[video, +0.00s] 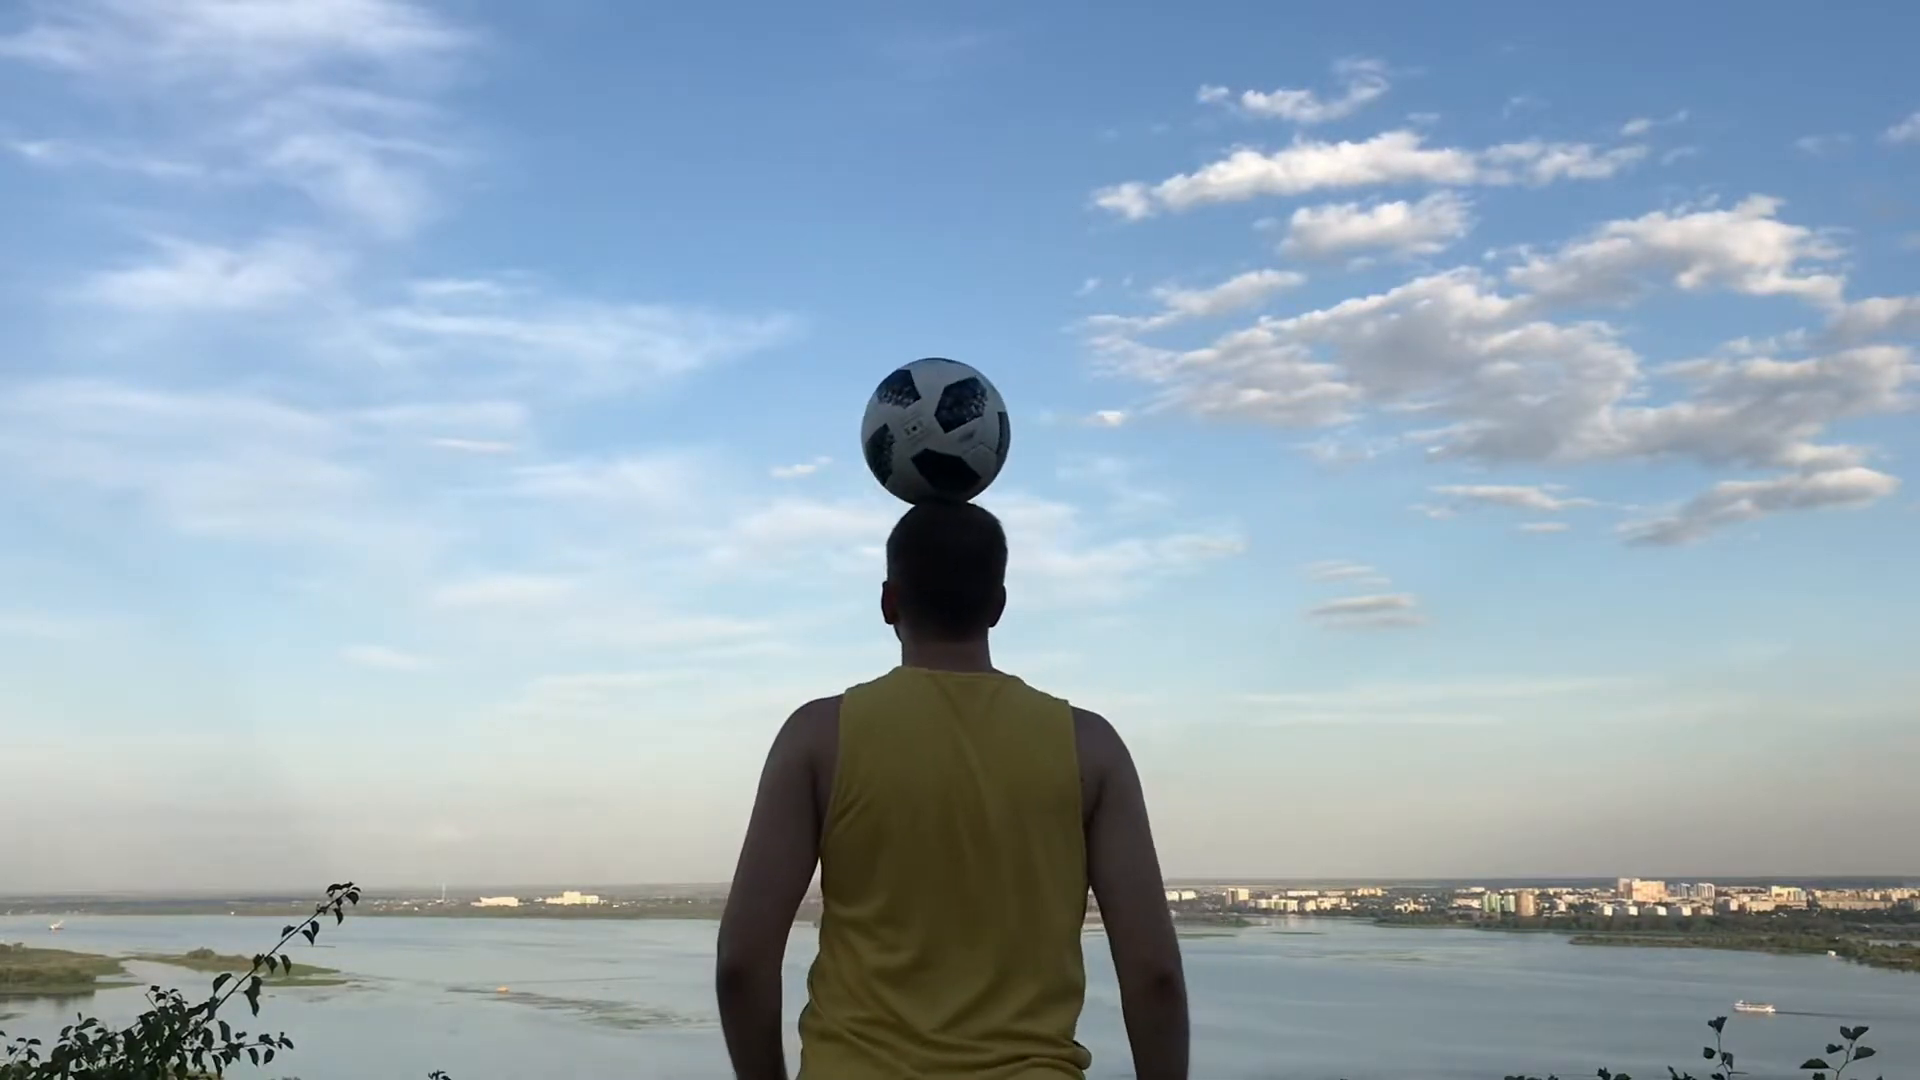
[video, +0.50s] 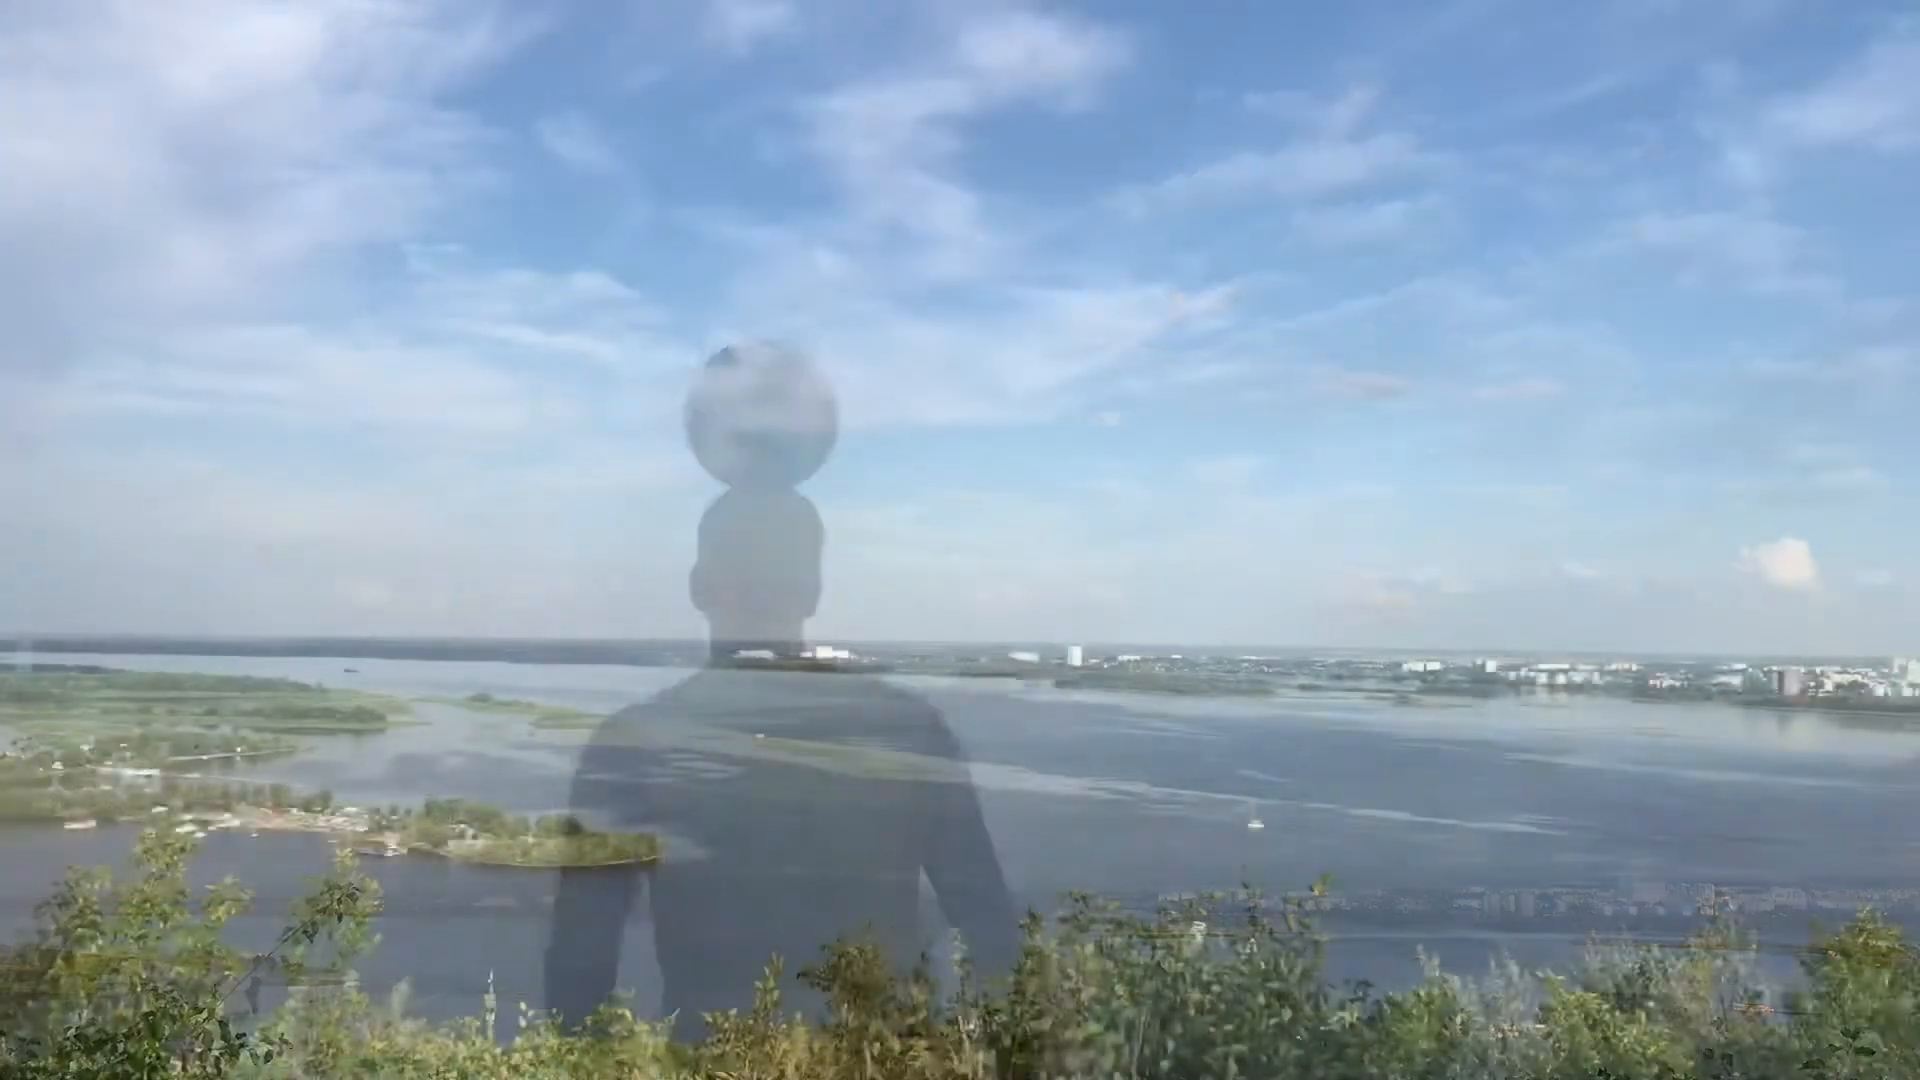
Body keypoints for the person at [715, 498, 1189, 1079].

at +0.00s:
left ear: (888, 600)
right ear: (999, 603)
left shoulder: (819, 734)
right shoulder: (1088, 742)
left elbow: (743, 963)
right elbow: (1155, 975)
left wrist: (765, 1074)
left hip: (856, 1061)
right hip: (1034, 1063)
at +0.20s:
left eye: (801, 577)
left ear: (800, 591)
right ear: (915, 598)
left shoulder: (729, 736)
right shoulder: (1002, 734)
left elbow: (672, 981)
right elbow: (1086, 958)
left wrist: (698, 1075)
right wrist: (1107, 1074)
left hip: (796, 1060)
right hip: (974, 1061)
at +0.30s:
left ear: (774, 585)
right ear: (889, 592)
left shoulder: (701, 732)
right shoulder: (974, 732)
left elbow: (639, 970)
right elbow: (1053, 956)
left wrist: (665, 1073)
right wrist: (1076, 1070)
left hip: (772, 1057)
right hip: (944, 1057)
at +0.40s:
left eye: (750, 564)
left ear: (743, 584)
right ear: (860, 590)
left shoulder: (674, 733)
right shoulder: (945, 730)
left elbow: (610, 960)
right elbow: (1021, 932)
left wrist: (635, 1072)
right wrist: (1049, 1067)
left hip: (744, 1058)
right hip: (918, 1059)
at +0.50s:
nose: (749, 586)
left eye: (708, 563)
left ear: (700, 586)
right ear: (815, 586)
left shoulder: (636, 739)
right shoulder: (904, 723)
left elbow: (580, 955)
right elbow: (987, 912)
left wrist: (580, 1059)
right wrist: (1016, 1044)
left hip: (716, 1051)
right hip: (883, 1050)